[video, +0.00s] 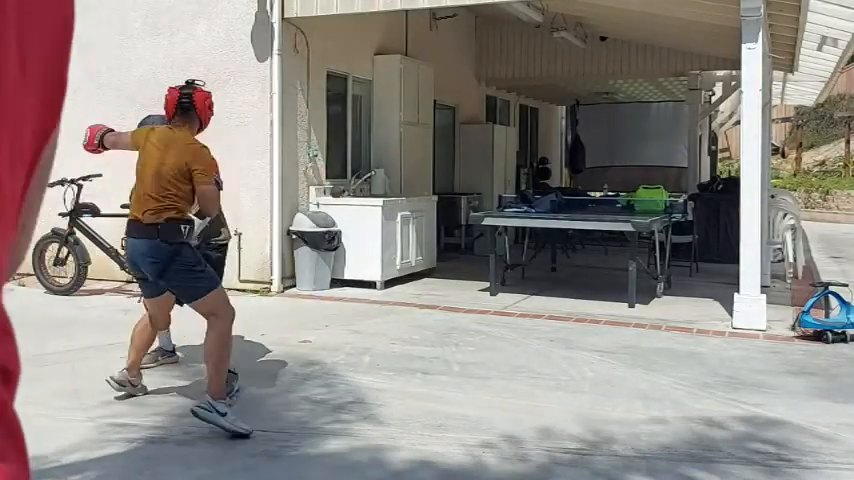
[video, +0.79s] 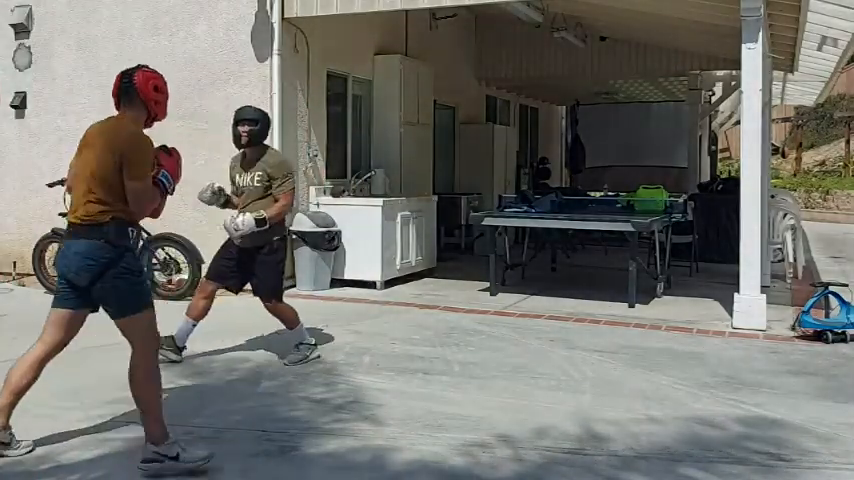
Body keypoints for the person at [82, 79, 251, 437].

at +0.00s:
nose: (209, 118)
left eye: (206, 112)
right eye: (207, 113)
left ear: (170, 112)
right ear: (202, 116)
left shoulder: (149, 137)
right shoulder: (198, 152)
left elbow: (112, 140)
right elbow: (208, 208)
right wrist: (211, 189)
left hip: (136, 243)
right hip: (167, 245)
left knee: (156, 317)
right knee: (221, 314)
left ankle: (130, 374)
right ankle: (217, 398)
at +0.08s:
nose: (200, 126)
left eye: (200, 119)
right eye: (199, 120)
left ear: (165, 116)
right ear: (191, 121)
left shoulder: (147, 138)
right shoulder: (177, 157)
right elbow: (192, 216)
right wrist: (206, 188)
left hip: (127, 247)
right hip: (154, 251)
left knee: (149, 320)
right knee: (216, 313)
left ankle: (117, 380)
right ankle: (203, 399)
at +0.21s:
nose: (189, 130)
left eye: (189, 123)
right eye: (187, 123)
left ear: (151, 122)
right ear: (176, 125)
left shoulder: (129, 140)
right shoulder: (164, 169)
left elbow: (124, 138)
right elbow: (178, 227)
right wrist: (193, 194)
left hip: (118, 253)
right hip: (144, 257)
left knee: (150, 315)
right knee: (195, 323)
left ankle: (118, 379)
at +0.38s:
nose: (178, 126)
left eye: (177, 119)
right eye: (175, 119)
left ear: (140, 121)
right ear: (164, 123)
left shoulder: (114, 148)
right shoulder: (153, 171)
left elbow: (85, 177)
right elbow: (162, 228)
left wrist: (119, 168)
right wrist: (174, 200)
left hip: (112, 258)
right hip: (136, 262)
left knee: (160, 310)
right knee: (159, 346)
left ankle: (120, 381)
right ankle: (94, 412)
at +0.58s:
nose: (164, 95)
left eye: (163, 88)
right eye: (163, 88)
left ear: (124, 85)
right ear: (155, 88)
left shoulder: (98, 118)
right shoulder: (150, 125)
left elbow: (71, 164)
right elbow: (165, 186)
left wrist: (114, 164)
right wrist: (171, 155)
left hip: (86, 229)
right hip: (119, 234)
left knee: (106, 313)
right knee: (132, 324)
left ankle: (69, 390)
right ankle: (93, 413)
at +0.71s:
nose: (163, 90)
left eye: (162, 82)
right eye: (161, 82)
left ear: (122, 79)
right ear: (151, 79)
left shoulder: (95, 114)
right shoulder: (141, 118)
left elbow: (70, 164)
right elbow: (151, 187)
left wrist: (116, 157)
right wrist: (171, 157)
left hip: (81, 227)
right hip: (115, 229)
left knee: (83, 320)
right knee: (144, 323)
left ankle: (24, 398)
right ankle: (113, 421)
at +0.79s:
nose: (160, 109)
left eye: (161, 102)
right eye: (159, 101)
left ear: (120, 97)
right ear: (150, 99)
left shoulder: (94, 131)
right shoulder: (135, 137)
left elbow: (79, 187)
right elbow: (145, 208)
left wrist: (142, 186)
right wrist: (163, 179)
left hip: (74, 247)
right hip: (110, 250)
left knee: (49, 342)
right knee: (145, 343)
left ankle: (1, 423)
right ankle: (158, 443)